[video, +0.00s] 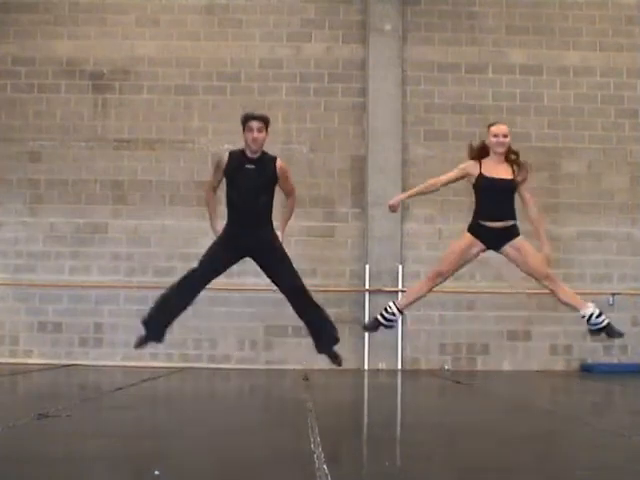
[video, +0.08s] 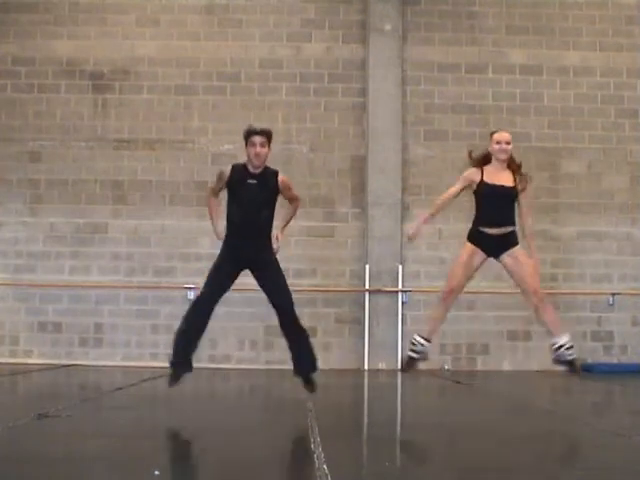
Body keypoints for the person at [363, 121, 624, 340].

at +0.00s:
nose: (502, 140)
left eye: (505, 136)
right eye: (496, 136)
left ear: (510, 141)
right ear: (487, 140)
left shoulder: (516, 171)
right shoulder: (474, 166)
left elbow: (531, 206)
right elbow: (438, 183)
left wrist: (543, 242)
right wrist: (404, 196)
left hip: (509, 237)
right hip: (477, 235)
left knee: (548, 277)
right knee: (437, 275)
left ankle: (593, 316)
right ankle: (392, 314)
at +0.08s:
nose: (503, 147)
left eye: (507, 143)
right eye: (498, 143)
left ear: (512, 147)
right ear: (490, 146)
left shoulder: (519, 179)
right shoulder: (475, 174)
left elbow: (525, 219)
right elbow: (445, 199)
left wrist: (532, 253)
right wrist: (419, 223)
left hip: (508, 242)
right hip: (478, 241)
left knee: (536, 294)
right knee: (449, 292)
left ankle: (563, 345)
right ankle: (421, 343)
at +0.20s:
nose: (503, 178)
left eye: (507, 174)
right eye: (498, 174)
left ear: (512, 179)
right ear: (490, 178)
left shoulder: (518, 210)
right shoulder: (476, 207)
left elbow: (522, 251)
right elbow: (464, 244)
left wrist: (524, 288)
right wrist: (453, 279)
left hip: (509, 274)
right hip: (479, 274)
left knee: (511, 333)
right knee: (474, 333)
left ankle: (500, 386)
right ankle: (481, 384)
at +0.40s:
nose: (497, 180)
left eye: (502, 176)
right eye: (493, 176)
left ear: (507, 180)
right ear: (485, 180)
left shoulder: (517, 210)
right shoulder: (474, 206)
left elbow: (528, 248)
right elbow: (462, 242)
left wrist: (534, 281)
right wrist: (452, 271)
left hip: (508, 272)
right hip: (479, 273)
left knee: (516, 332)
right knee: (474, 333)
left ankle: (505, 384)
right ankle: (472, 384)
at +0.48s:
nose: (496, 177)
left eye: (500, 173)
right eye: (491, 173)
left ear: (505, 176)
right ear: (483, 176)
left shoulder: (515, 202)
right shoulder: (474, 200)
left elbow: (539, 231)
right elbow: (452, 210)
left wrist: (556, 262)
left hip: (506, 267)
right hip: (478, 267)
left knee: (520, 326)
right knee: (468, 328)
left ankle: (524, 375)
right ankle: (452, 373)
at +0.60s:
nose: (493, 185)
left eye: (497, 181)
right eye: (488, 181)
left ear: (503, 185)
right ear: (481, 185)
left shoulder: (514, 208)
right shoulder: (470, 210)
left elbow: (546, 222)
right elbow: (435, 203)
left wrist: (569, 252)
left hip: (506, 277)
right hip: (477, 277)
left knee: (519, 337)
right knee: (464, 336)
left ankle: (542, 384)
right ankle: (432, 384)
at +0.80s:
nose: (490, 202)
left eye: (494, 198)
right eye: (485, 198)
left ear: (500, 201)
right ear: (477, 201)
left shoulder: (512, 227)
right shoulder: (470, 231)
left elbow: (541, 249)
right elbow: (433, 243)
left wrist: (541, 279)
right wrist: (438, 213)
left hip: (505, 292)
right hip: (475, 292)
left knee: (513, 350)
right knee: (465, 347)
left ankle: (537, 391)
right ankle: (432, 390)